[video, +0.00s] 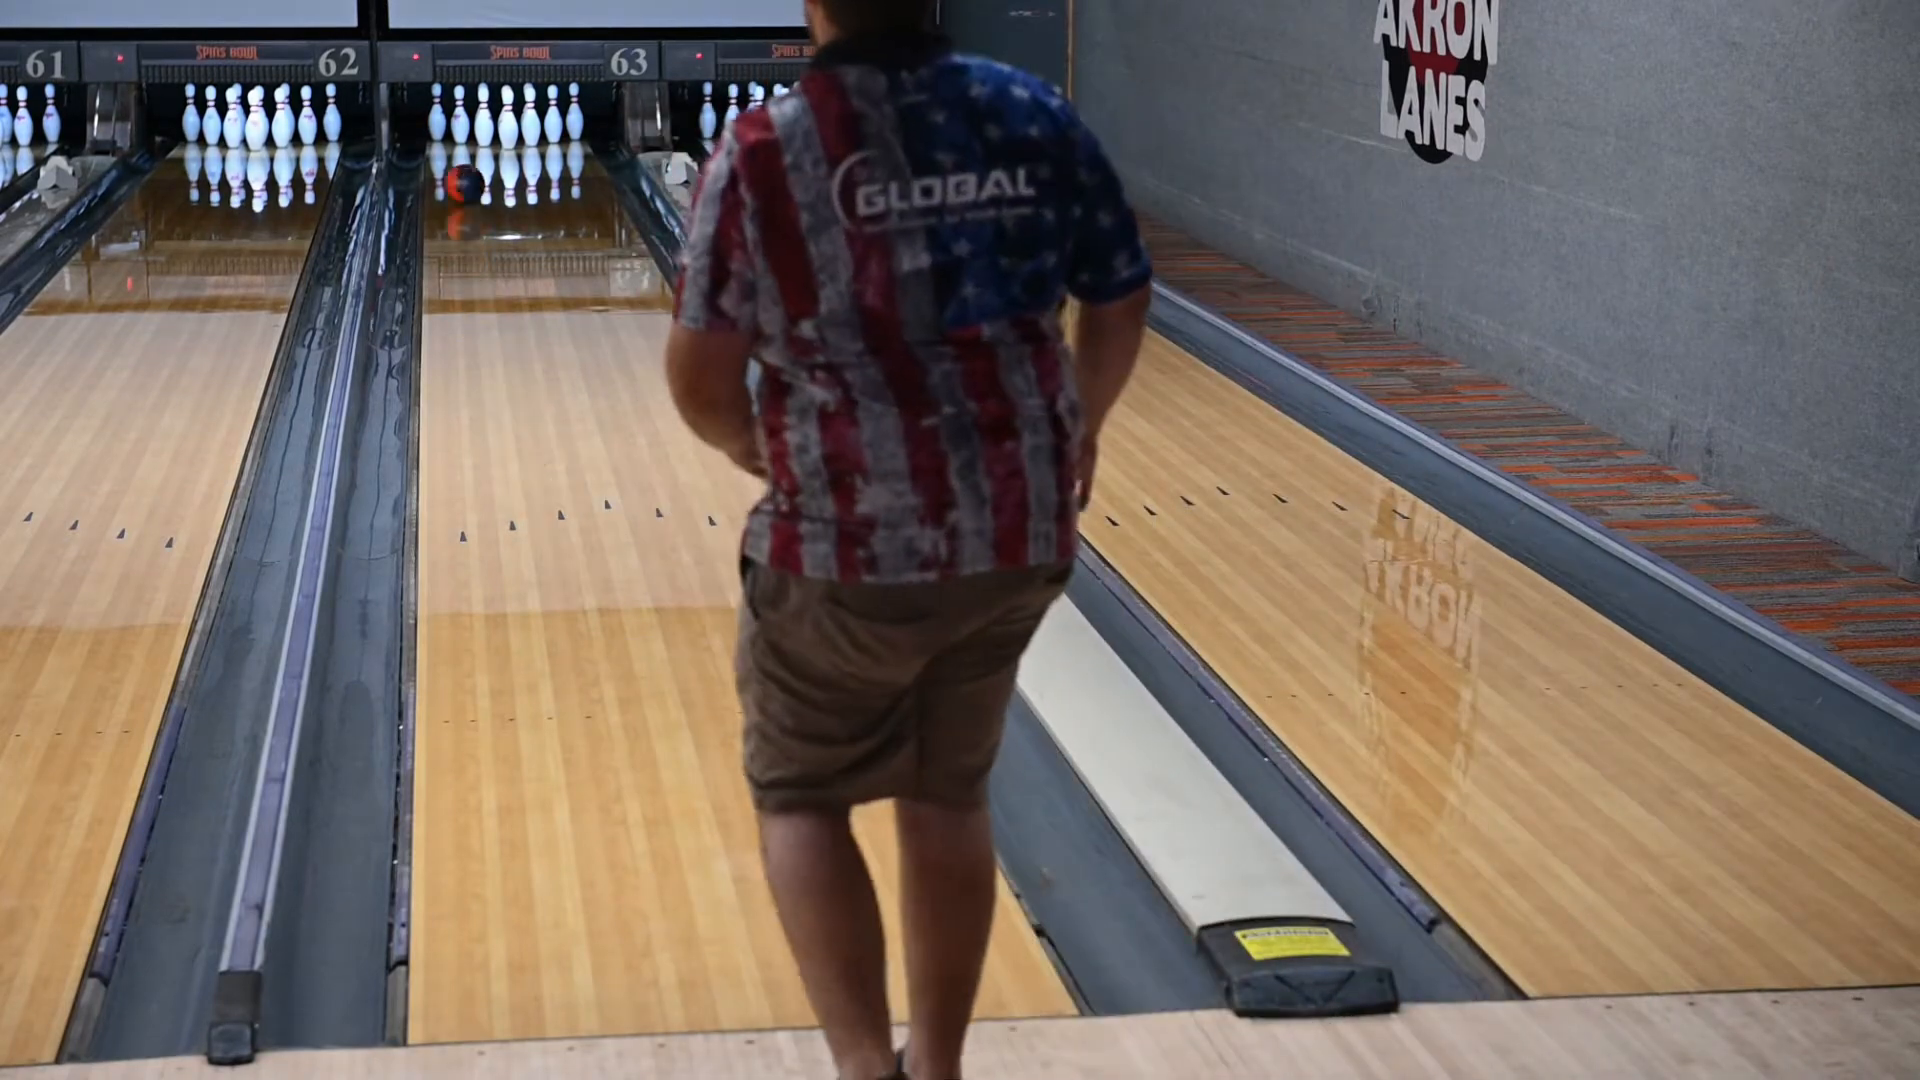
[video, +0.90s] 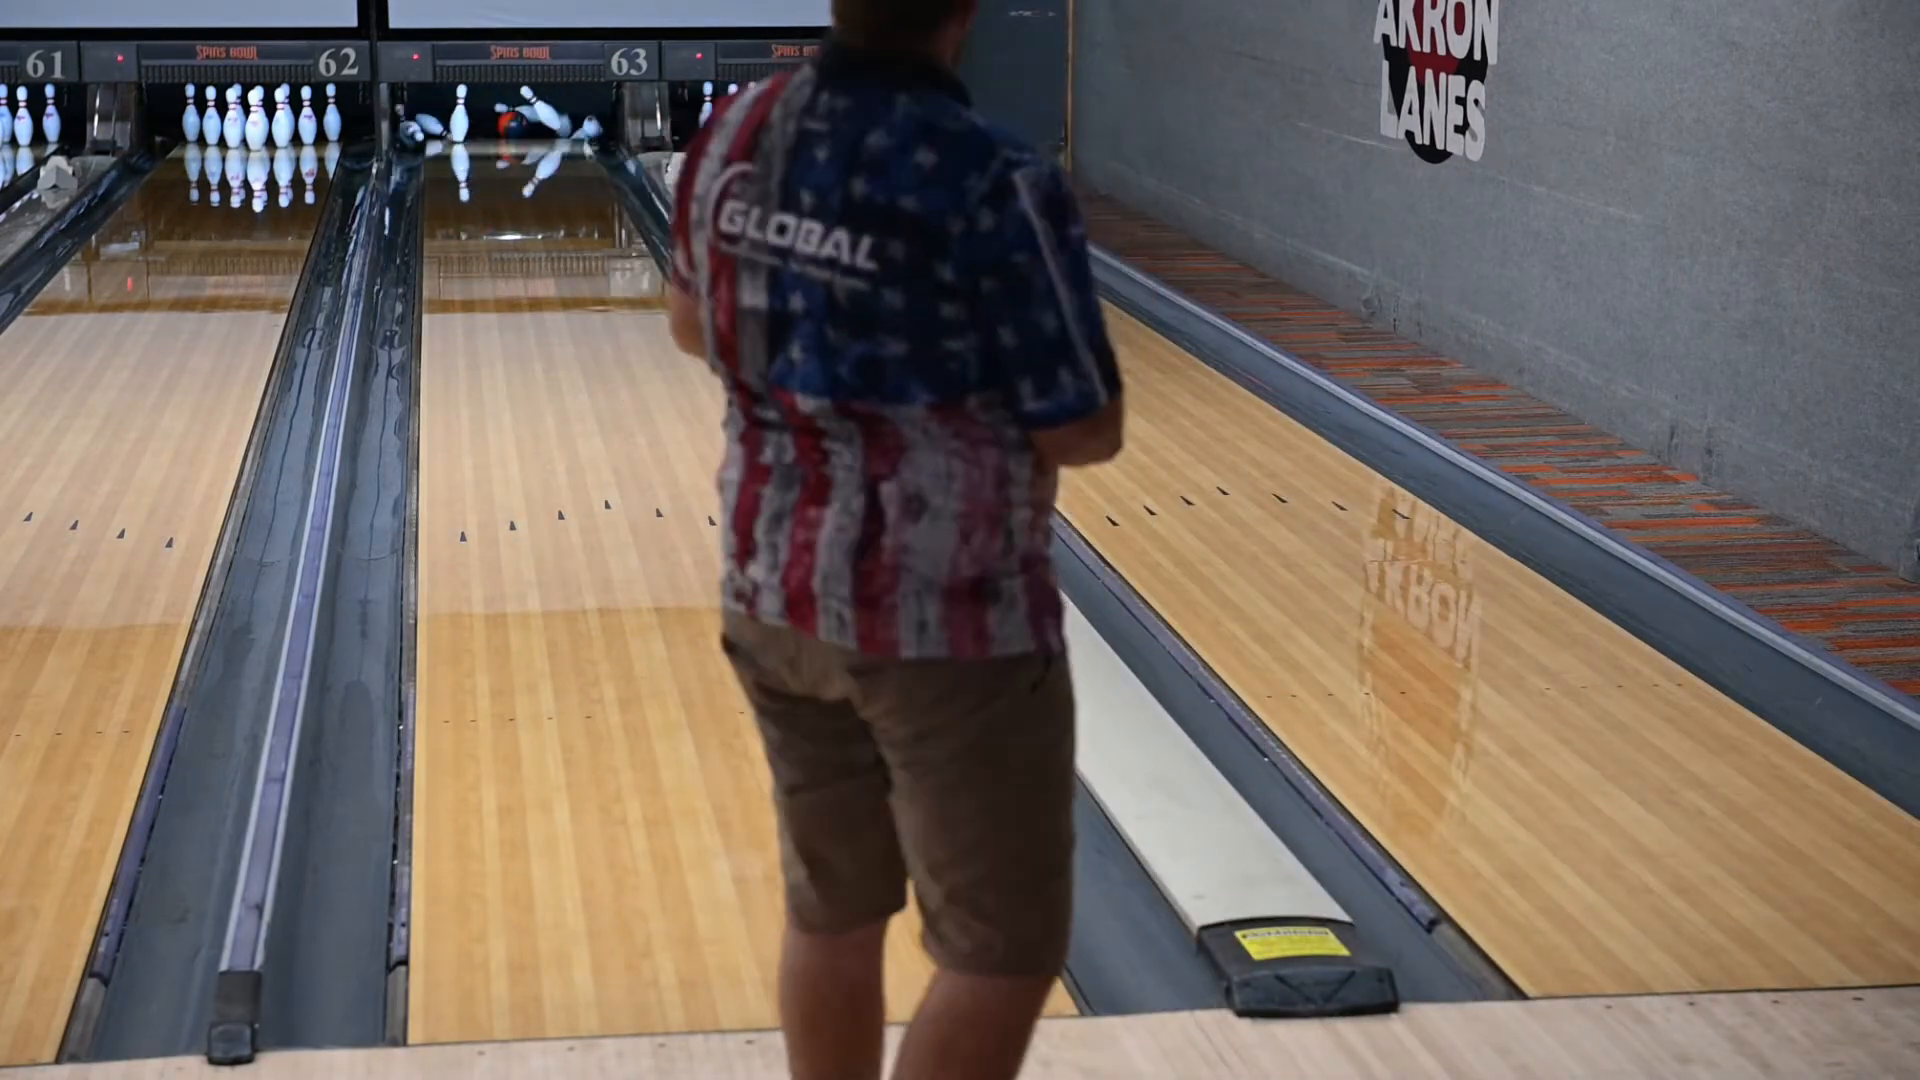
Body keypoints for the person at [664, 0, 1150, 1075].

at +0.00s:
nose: (801, 18)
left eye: (803, 9)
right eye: (809, 9)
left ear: (818, 11)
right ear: (934, 1)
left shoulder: (764, 148)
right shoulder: (1035, 117)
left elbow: (700, 380)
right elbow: (1121, 297)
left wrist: (778, 455)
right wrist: (1079, 424)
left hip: (847, 542)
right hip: (1022, 526)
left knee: (801, 795)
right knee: (950, 791)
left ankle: (868, 1066)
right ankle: (936, 1065)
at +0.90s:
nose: (979, 19)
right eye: (975, 9)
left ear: (836, 1)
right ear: (964, 11)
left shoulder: (735, 131)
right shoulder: (998, 183)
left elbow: (693, 323)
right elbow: (1083, 428)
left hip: (771, 585)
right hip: (948, 612)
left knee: (831, 911)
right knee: (998, 949)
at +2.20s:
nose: (1426, 25)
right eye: (1375, 2)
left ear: (1483, 15)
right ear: (1285, 31)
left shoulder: (1576, 219)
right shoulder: (1164, 234)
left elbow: (1806, 368)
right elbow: (1024, 494)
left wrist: (1919, 504)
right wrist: (996, 753)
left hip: (1498, 855)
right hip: (1233, 860)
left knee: (1476, 1065)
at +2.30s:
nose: (1436, 48)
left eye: (1461, 7)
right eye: (1381, 18)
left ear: (1501, 24)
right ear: (1299, 50)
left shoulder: (1601, 247)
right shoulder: (1182, 262)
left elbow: (1785, 482)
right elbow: (1045, 543)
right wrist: (996, 804)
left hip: (1527, 903)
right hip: (1267, 910)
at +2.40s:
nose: (1453, 61)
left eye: (1477, 15)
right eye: (1396, 30)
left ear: (1520, 30)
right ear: (1314, 66)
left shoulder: (1629, 264)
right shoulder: (1196, 289)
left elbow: (1740, 540)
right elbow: (1065, 574)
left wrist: (1907, 760)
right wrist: (1007, 843)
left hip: (1557, 910)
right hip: (1286, 917)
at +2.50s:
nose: (1471, 65)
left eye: (1497, 18)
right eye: (1414, 33)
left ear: (1542, 34)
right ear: (1332, 74)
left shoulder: (1660, 269)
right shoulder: (1212, 301)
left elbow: (1747, 558)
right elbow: (1082, 598)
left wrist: (1854, 825)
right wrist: (1035, 887)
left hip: (1592, 961)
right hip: (1304, 969)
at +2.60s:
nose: (1510, 65)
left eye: (1535, 15)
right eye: (1449, 32)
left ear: (1581, 27)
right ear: (1363, 73)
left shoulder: (1696, 264)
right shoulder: (1236, 306)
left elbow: (1773, 531)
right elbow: (1098, 609)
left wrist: (1799, 789)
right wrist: (1070, 907)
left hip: (1642, 977)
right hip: (1321, 992)